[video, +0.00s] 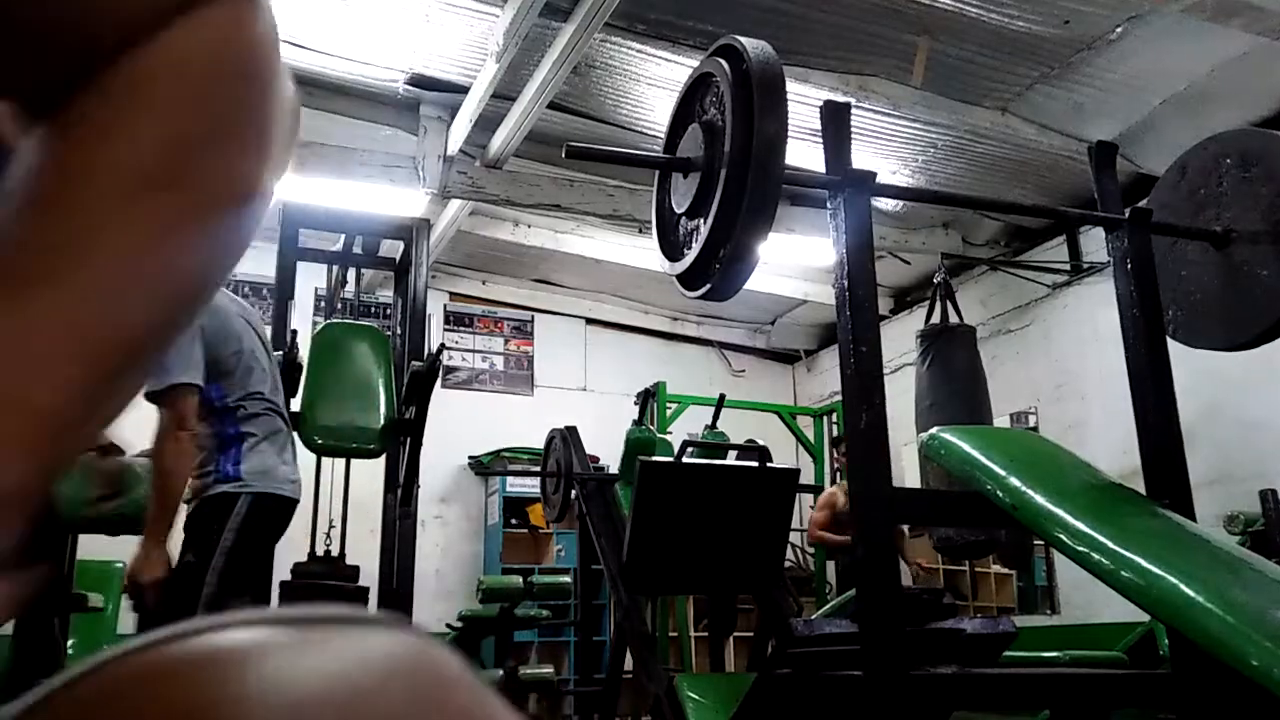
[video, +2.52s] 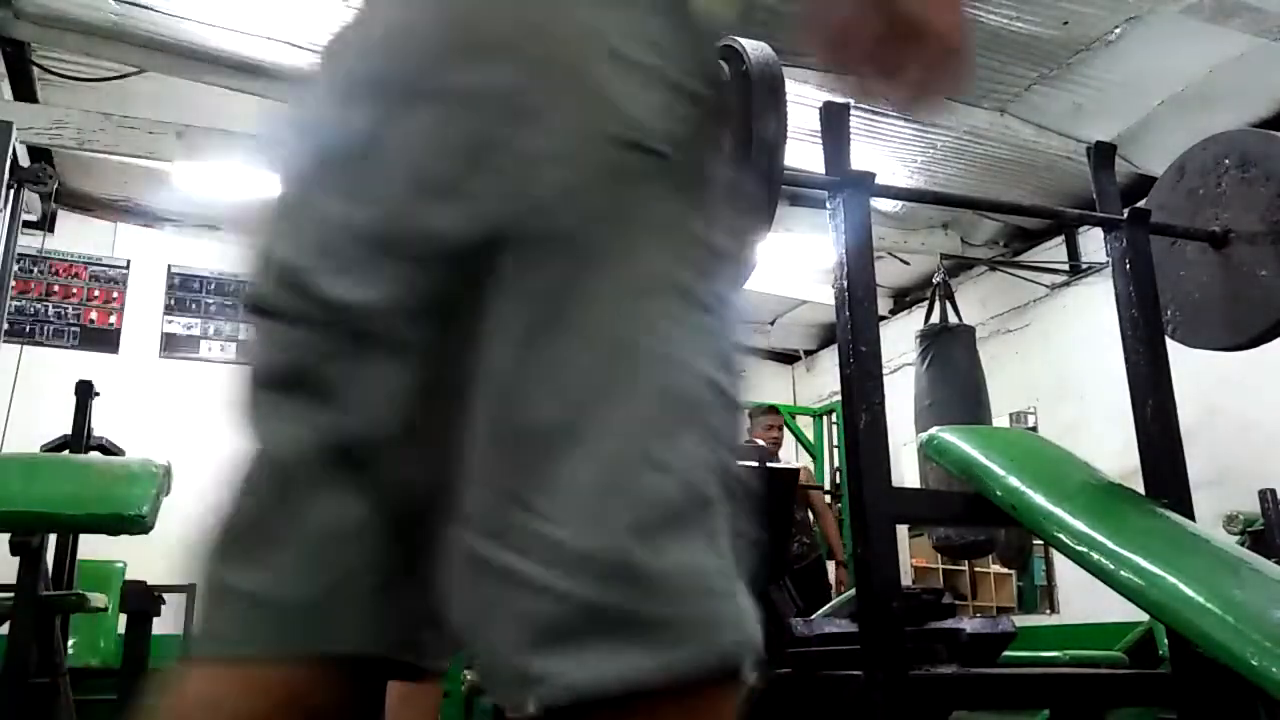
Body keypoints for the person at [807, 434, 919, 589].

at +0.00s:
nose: (852, 459)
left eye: (856, 453)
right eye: (846, 454)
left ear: (865, 456)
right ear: (838, 460)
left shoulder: (879, 491)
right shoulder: (833, 496)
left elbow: (896, 531)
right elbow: (814, 534)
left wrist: (911, 561)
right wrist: (852, 540)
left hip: (884, 572)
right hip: (851, 576)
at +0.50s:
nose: (827, 457)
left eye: (832, 450)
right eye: (821, 453)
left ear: (841, 452)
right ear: (814, 458)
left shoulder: (858, 489)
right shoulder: (811, 498)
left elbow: (893, 529)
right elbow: (797, 539)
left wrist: (856, 534)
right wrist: (827, 539)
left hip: (864, 569)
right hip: (830, 574)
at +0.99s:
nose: (826, 450)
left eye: (832, 443)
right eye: (820, 445)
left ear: (843, 446)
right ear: (814, 451)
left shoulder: (858, 486)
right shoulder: (808, 493)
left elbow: (878, 525)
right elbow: (798, 537)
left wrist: (851, 534)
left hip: (856, 568)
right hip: (822, 571)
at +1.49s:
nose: (793, 444)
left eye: (799, 437)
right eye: (789, 439)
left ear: (814, 440)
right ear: (786, 444)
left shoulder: (836, 480)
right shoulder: (789, 481)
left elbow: (856, 520)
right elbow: (787, 526)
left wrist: (820, 534)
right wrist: (786, 558)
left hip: (832, 571)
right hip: (796, 571)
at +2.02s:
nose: (757, 438)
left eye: (763, 431)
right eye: (750, 434)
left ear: (773, 436)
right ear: (742, 441)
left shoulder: (797, 475)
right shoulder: (737, 481)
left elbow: (828, 508)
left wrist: (837, 551)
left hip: (801, 570)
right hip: (760, 572)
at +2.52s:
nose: (776, 435)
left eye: (780, 429)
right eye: (768, 429)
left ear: (785, 432)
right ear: (750, 432)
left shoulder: (797, 473)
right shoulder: (737, 474)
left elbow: (823, 514)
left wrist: (840, 563)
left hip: (804, 569)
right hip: (760, 570)